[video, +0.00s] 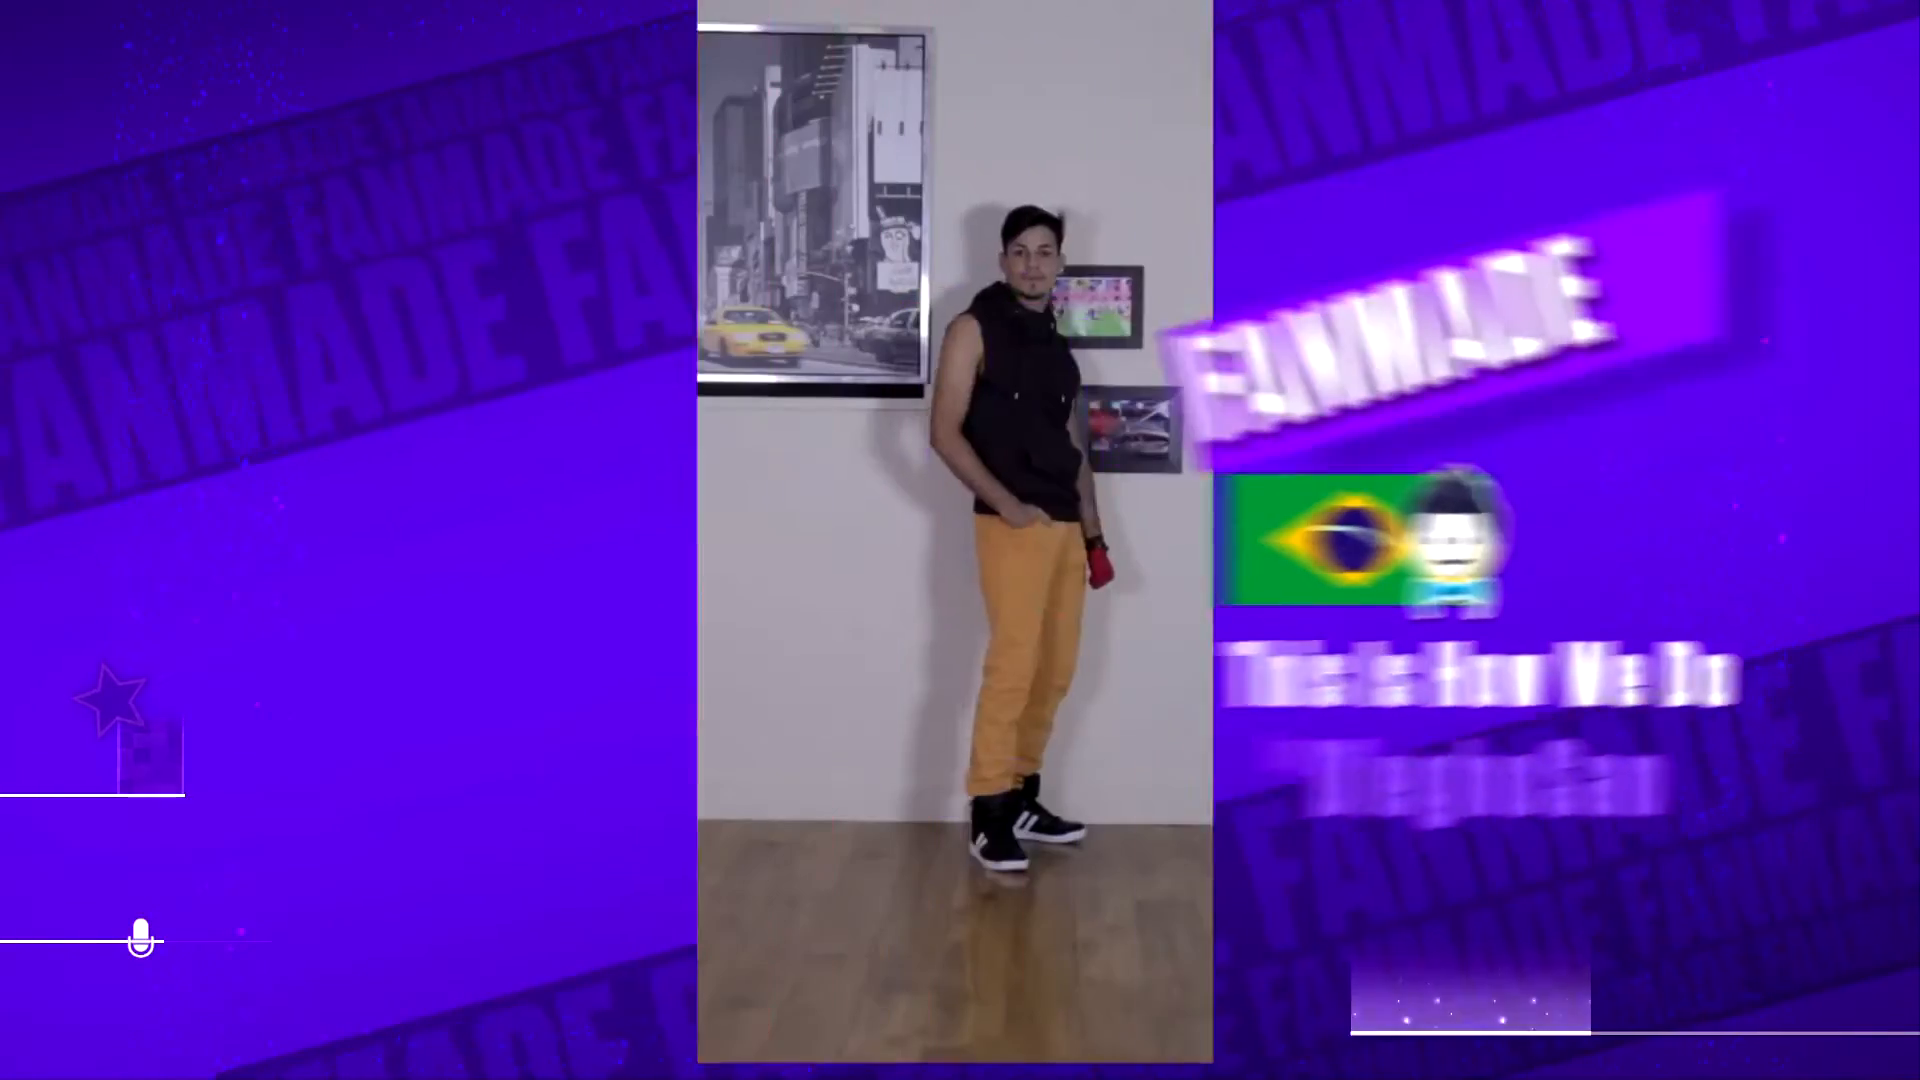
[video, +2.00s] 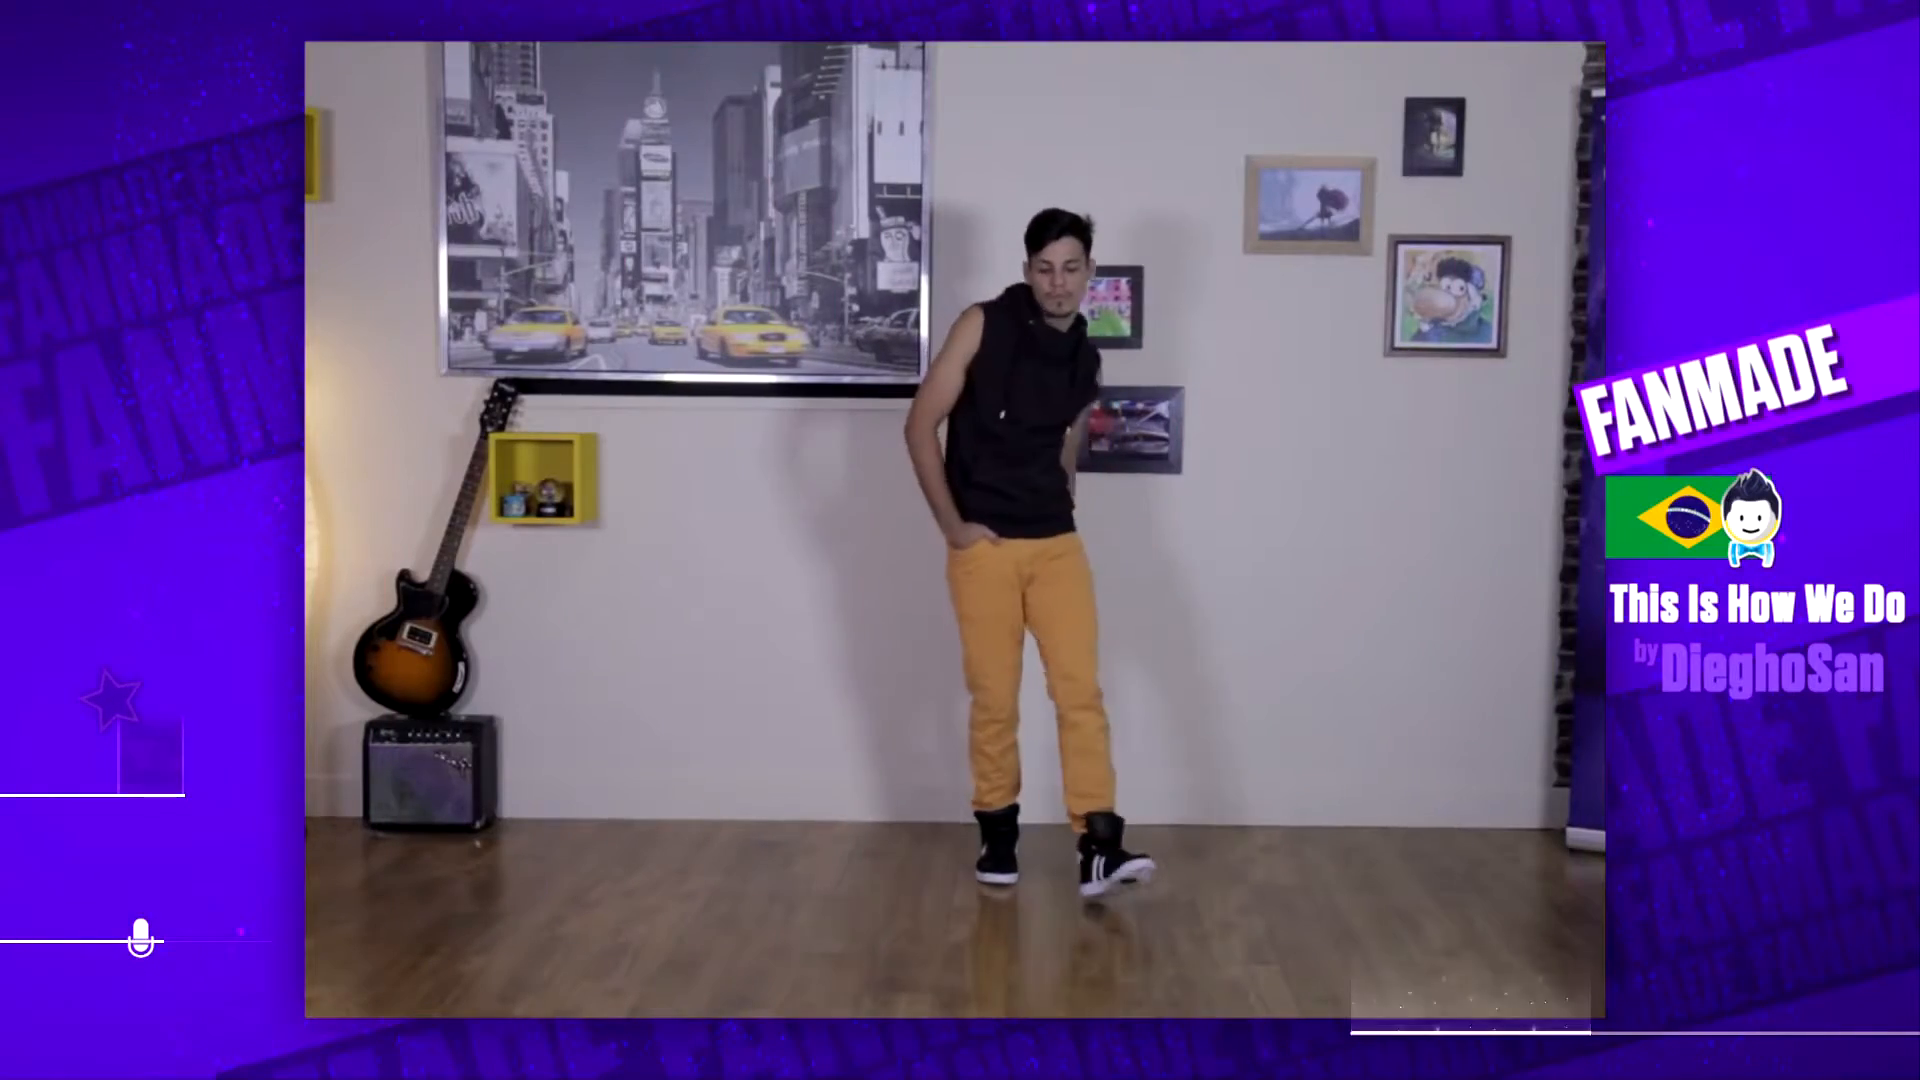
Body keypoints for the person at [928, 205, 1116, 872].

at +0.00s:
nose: (1034, 263)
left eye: (1045, 252)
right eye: (1022, 252)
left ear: (1059, 262)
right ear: (1002, 259)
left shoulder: (1055, 342)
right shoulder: (974, 328)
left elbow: (1075, 447)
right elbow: (943, 434)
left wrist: (1093, 534)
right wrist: (1007, 504)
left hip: (1068, 523)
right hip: (1013, 523)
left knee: (1053, 671)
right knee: (1011, 668)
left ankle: (1021, 803)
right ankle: (989, 817)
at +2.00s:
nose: (1057, 281)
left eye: (1071, 268)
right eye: (1045, 268)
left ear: (1089, 273)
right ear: (1027, 269)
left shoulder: (1084, 356)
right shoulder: (983, 325)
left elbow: (1069, 445)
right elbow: (920, 427)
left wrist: (1060, 511)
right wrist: (954, 527)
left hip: (1056, 543)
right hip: (985, 545)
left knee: (1079, 692)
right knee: (995, 699)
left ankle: (1099, 847)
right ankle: (998, 839)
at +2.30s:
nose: (1058, 264)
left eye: (1071, 251)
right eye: (1046, 252)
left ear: (1094, 260)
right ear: (1030, 263)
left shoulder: (1112, 365)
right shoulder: (991, 326)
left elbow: (1127, 482)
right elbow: (941, 425)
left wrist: (1122, 587)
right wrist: (946, 518)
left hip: (1062, 548)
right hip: (982, 545)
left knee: (1072, 701)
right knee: (994, 704)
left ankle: (1096, 862)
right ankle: (999, 835)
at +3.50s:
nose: (1098, 242)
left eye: (1115, 230)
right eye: (1088, 227)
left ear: (1138, 243)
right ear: (1071, 233)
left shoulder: (1166, 325)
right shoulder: (1034, 326)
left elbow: (1190, 435)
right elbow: (988, 441)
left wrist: (1199, 518)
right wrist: (1016, 527)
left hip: (1143, 557)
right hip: (1061, 550)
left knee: (1117, 718)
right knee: (1033, 707)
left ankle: (1101, 867)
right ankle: (1026, 815)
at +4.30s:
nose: (1070, 230)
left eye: (1087, 219)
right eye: (1061, 217)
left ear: (1116, 235)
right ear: (1046, 229)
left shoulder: (1134, 342)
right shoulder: (999, 313)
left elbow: (1154, 465)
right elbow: (946, 432)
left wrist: (1128, 527)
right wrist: (986, 530)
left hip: (1107, 558)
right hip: (1021, 556)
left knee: (1116, 727)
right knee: (994, 731)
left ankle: (1101, 875)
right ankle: (965, 897)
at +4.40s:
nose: (1045, 231)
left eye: (1063, 220)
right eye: (1034, 217)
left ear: (1087, 236)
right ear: (1016, 229)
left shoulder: (1120, 330)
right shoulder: (975, 324)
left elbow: (1147, 459)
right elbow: (918, 440)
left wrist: (1085, 435)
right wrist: (966, 531)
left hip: (1103, 563)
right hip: (1009, 562)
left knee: (1138, 722)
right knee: (990, 733)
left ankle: (1126, 864)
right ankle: (966, 897)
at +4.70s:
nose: (1073, 252)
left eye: (1087, 239)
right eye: (1057, 238)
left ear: (1103, 239)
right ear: (1029, 239)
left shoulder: (1125, 302)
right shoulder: (1010, 335)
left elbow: (1106, 410)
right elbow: (973, 449)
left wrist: (1051, 318)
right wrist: (986, 523)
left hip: (1122, 567)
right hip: (1029, 563)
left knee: (1158, 739)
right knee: (995, 736)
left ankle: (1200, 904)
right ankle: (975, 900)